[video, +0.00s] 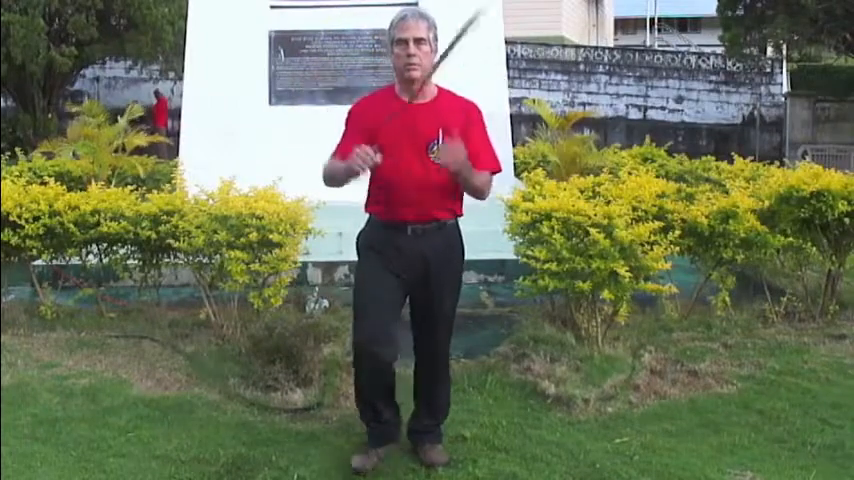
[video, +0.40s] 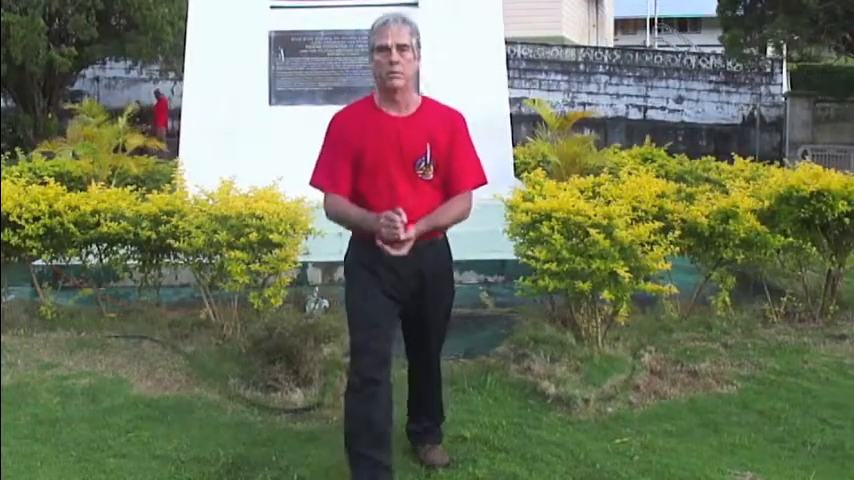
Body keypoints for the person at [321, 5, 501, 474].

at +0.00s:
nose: (411, 53)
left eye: (420, 43)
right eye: (401, 44)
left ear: (435, 50)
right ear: (390, 52)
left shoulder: (464, 112)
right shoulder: (367, 110)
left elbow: (483, 188)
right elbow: (330, 175)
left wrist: (463, 169)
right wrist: (350, 165)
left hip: (440, 242)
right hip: (381, 241)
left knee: (433, 346)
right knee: (370, 344)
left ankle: (428, 436)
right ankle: (380, 436)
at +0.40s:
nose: (392, 58)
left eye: (402, 49)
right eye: (382, 50)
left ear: (417, 57)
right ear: (370, 60)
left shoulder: (448, 121)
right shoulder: (347, 122)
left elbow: (462, 202)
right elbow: (333, 203)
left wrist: (417, 228)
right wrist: (374, 222)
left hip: (430, 259)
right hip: (369, 260)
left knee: (427, 356)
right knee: (369, 366)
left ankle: (427, 437)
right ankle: (370, 472)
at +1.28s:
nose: (383, 67)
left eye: (394, 57)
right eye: (373, 58)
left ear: (409, 63)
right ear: (361, 64)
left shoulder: (439, 125)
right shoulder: (338, 124)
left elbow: (464, 202)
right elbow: (308, 202)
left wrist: (435, 204)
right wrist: (333, 212)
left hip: (420, 264)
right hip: (358, 265)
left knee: (427, 360)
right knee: (354, 370)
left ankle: (425, 438)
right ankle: (365, 472)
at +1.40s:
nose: (396, 64)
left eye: (406, 55)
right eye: (386, 56)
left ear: (422, 61)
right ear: (375, 62)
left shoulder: (449, 123)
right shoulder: (348, 121)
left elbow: (487, 186)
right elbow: (306, 189)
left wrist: (470, 154)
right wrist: (322, 174)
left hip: (427, 261)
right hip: (366, 262)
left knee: (439, 357)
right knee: (361, 367)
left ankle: (426, 438)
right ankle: (366, 471)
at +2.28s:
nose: (375, 48)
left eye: (384, 40)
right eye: (366, 41)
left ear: (401, 50)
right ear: (355, 50)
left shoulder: (428, 109)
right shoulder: (333, 105)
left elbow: (475, 174)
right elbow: (299, 151)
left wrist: (446, 157)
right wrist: (258, 152)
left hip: (406, 241)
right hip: (347, 240)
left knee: (422, 343)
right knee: (335, 341)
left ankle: (427, 437)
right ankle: (333, 434)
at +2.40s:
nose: (365, 61)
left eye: (375, 52)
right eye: (357, 52)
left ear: (393, 62)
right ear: (347, 61)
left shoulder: (421, 119)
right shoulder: (328, 115)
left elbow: (467, 161)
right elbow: (289, 156)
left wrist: (490, 170)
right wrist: (235, 174)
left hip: (405, 247)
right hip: (344, 247)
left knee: (428, 340)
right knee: (333, 343)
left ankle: (434, 435)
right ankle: (333, 435)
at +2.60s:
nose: (376, 87)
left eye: (386, 79)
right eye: (367, 79)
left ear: (398, 89)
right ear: (354, 89)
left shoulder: (432, 143)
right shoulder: (330, 145)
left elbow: (502, 173)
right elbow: (286, 182)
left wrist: (563, 182)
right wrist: (237, 214)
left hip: (415, 265)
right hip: (352, 267)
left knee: (450, 352)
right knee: (331, 361)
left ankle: (487, 462)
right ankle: (333, 436)